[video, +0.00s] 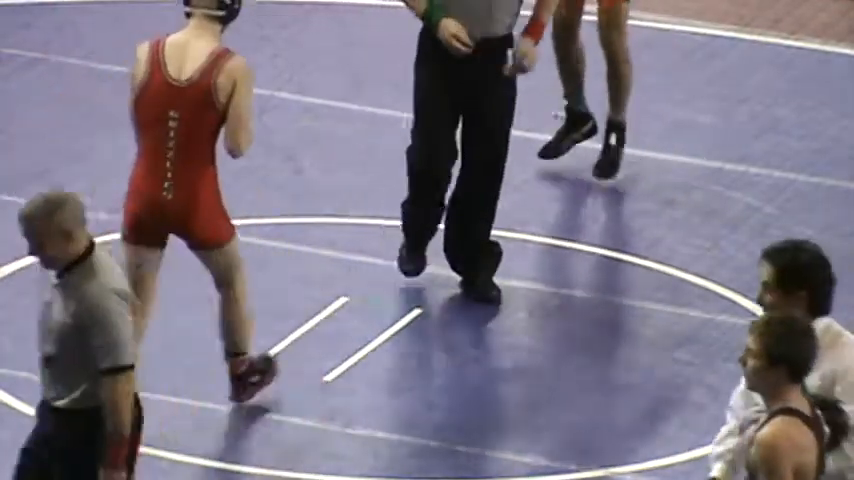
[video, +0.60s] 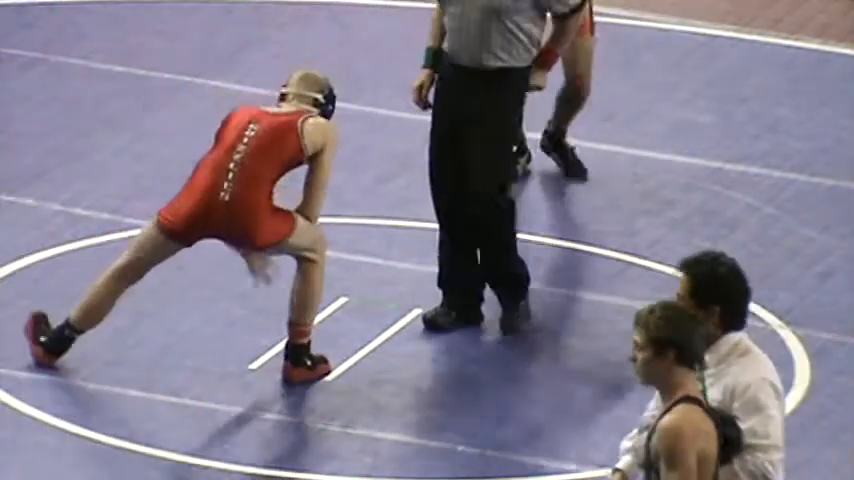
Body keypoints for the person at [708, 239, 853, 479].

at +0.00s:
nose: (759, 298)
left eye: (768, 289)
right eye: (760, 287)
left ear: (801, 298)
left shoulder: (845, 354)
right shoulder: (767, 345)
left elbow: (846, 451)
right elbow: (738, 415)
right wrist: (721, 470)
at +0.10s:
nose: (747, 296)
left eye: (755, 286)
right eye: (748, 285)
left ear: (787, 294)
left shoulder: (837, 359)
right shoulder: (756, 339)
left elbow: (844, 447)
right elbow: (723, 407)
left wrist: (780, 467)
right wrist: (698, 468)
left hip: (821, 474)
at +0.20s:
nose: (735, 292)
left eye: (744, 282)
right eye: (738, 281)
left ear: (777, 293)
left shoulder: (819, 357)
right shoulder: (744, 339)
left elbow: (838, 443)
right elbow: (707, 403)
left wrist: (770, 466)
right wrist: (680, 460)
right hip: (737, 469)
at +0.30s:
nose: (721, 294)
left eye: (730, 286)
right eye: (723, 285)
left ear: (762, 295)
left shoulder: (804, 358)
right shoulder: (728, 339)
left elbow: (817, 449)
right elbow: (692, 406)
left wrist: (751, 467)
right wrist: (663, 462)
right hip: (720, 471)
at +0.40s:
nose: (706, 299)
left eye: (714, 290)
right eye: (708, 289)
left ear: (746, 300)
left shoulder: (787, 359)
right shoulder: (717, 342)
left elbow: (799, 455)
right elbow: (681, 409)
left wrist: (730, 469)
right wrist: (649, 463)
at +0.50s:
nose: (689, 303)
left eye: (697, 296)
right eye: (692, 294)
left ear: (730, 309)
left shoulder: (771, 372)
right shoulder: (710, 351)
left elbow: (782, 461)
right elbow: (667, 415)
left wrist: (713, 472)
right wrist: (637, 466)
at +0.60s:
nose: (674, 307)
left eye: (681, 299)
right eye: (677, 297)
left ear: (712, 315)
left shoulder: (753, 379)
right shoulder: (691, 357)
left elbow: (763, 466)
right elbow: (651, 423)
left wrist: (691, 470)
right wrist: (624, 469)